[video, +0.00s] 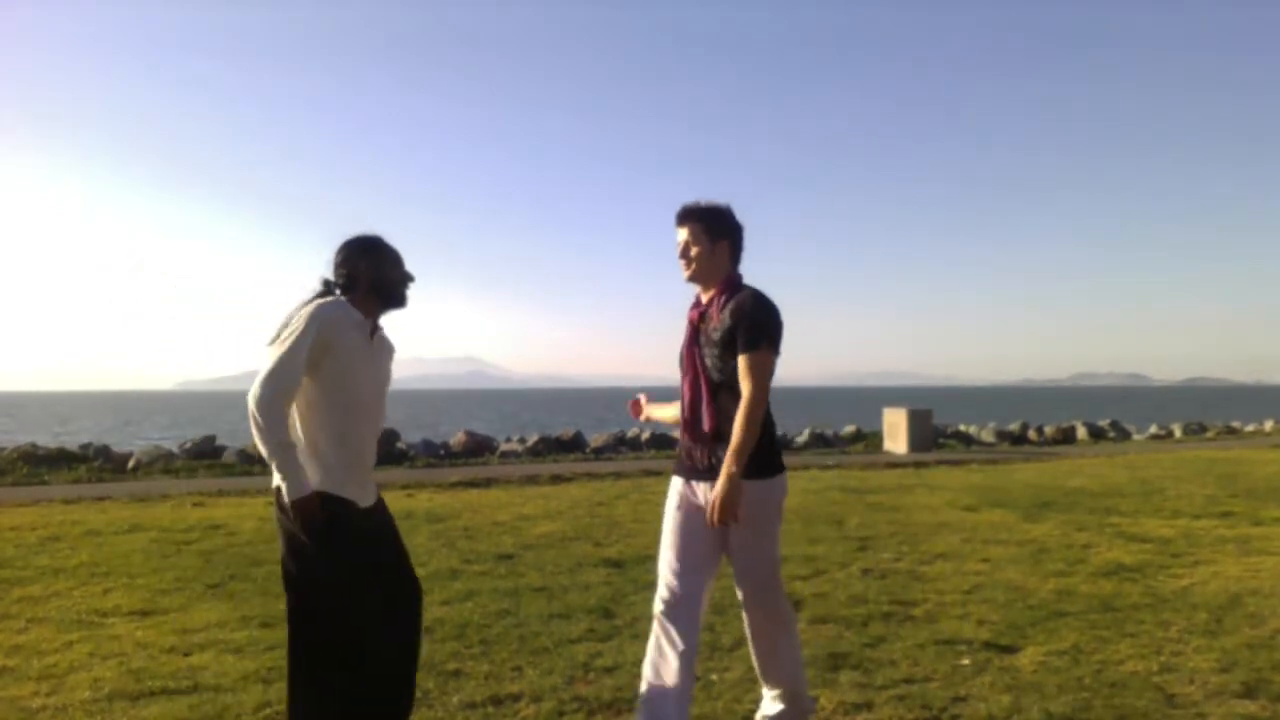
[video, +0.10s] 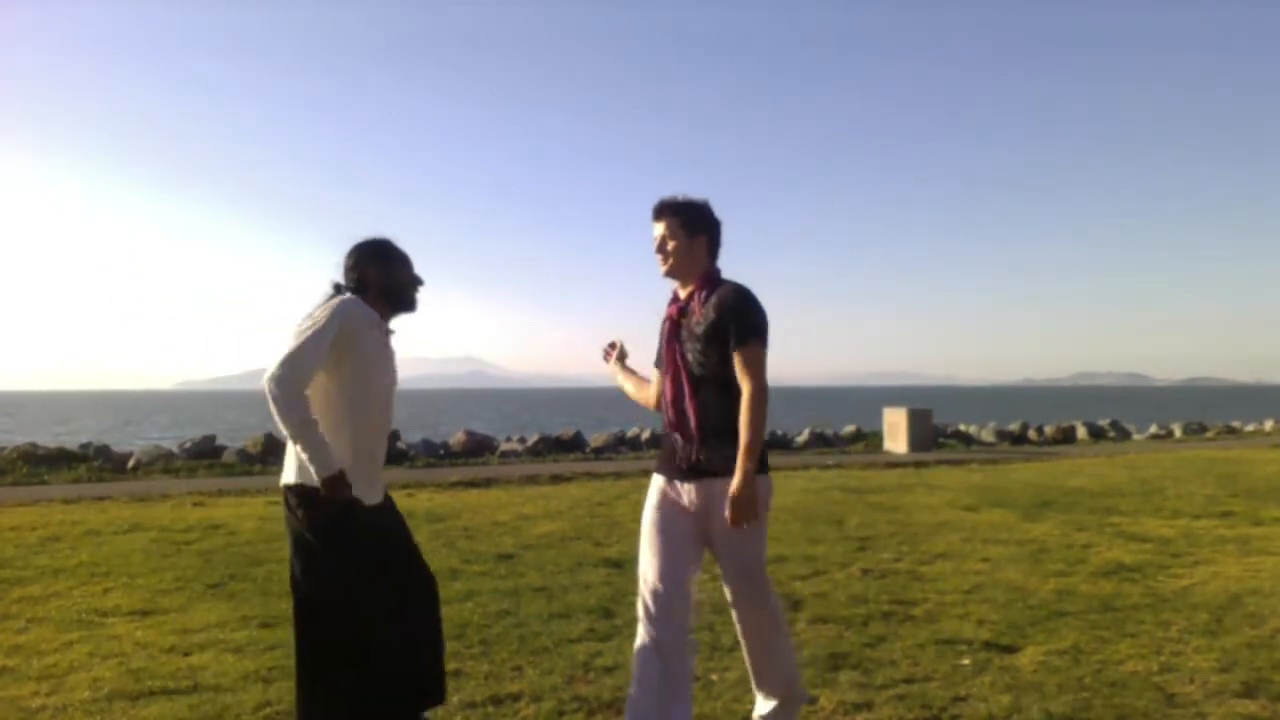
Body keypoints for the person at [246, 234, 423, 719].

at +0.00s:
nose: (408, 276)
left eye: (403, 266)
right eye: (395, 264)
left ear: (370, 274)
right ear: (362, 270)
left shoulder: (380, 346)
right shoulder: (324, 314)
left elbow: (351, 421)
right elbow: (265, 400)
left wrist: (363, 486)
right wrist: (297, 488)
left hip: (366, 509)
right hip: (320, 507)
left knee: (402, 605)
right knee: (331, 636)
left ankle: (387, 711)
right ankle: (326, 712)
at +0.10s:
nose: (416, 277)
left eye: (412, 268)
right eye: (405, 266)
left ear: (373, 275)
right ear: (371, 273)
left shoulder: (375, 331)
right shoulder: (343, 311)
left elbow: (342, 403)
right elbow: (283, 382)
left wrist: (366, 475)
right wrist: (326, 469)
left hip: (367, 499)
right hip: (328, 500)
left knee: (417, 597)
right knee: (342, 626)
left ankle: (405, 705)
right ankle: (345, 709)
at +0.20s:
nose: (426, 279)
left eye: (421, 269)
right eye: (414, 268)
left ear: (383, 275)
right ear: (383, 273)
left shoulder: (382, 323)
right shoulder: (366, 308)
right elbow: (309, 361)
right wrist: (370, 430)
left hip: (366, 487)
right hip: (334, 487)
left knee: (425, 591)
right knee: (348, 616)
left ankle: (434, 702)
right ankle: (350, 711)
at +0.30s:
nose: (433, 277)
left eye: (429, 268)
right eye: (421, 267)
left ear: (387, 273)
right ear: (390, 271)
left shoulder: (383, 322)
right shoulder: (381, 308)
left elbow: (322, 419)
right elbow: (340, 363)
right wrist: (434, 395)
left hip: (374, 489)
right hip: (351, 488)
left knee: (432, 592)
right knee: (360, 619)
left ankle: (445, 703)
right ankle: (357, 713)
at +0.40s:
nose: (441, 276)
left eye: (436, 266)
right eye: (429, 266)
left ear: (389, 275)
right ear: (397, 271)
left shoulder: (369, 322)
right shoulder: (394, 313)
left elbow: (330, 411)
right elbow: (391, 379)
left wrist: (335, 479)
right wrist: (479, 355)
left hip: (354, 488)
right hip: (374, 491)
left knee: (440, 595)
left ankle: (447, 705)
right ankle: (367, 713)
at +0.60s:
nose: (460, 274)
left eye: (456, 265)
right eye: (450, 265)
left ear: (413, 278)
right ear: (419, 274)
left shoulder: (397, 325)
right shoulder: (418, 319)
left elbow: (354, 406)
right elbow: (464, 369)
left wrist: (353, 474)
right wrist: (521, 299)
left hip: (391, 485)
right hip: (406, 489)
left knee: (456, 593)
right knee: (403, 606)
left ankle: (440, 704)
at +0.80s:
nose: (473, 280)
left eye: (471, 270)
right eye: (464, 271)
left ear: (427, 283)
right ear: (433, 279)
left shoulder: (413, 331)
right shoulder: (437, 329)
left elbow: (384, 406)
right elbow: (501, 364)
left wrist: (395, 462)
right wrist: (535, 289)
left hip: (427, 482)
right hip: (435, 486)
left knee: (481, 605)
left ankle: (467, 703)